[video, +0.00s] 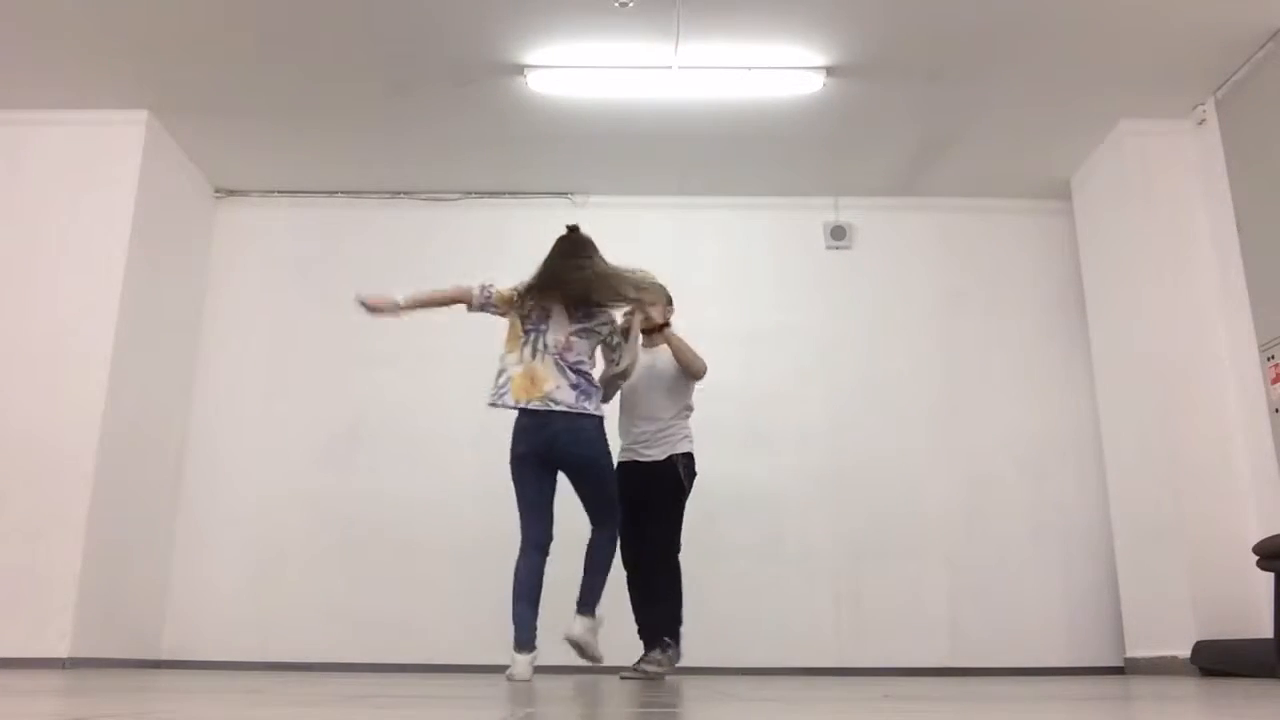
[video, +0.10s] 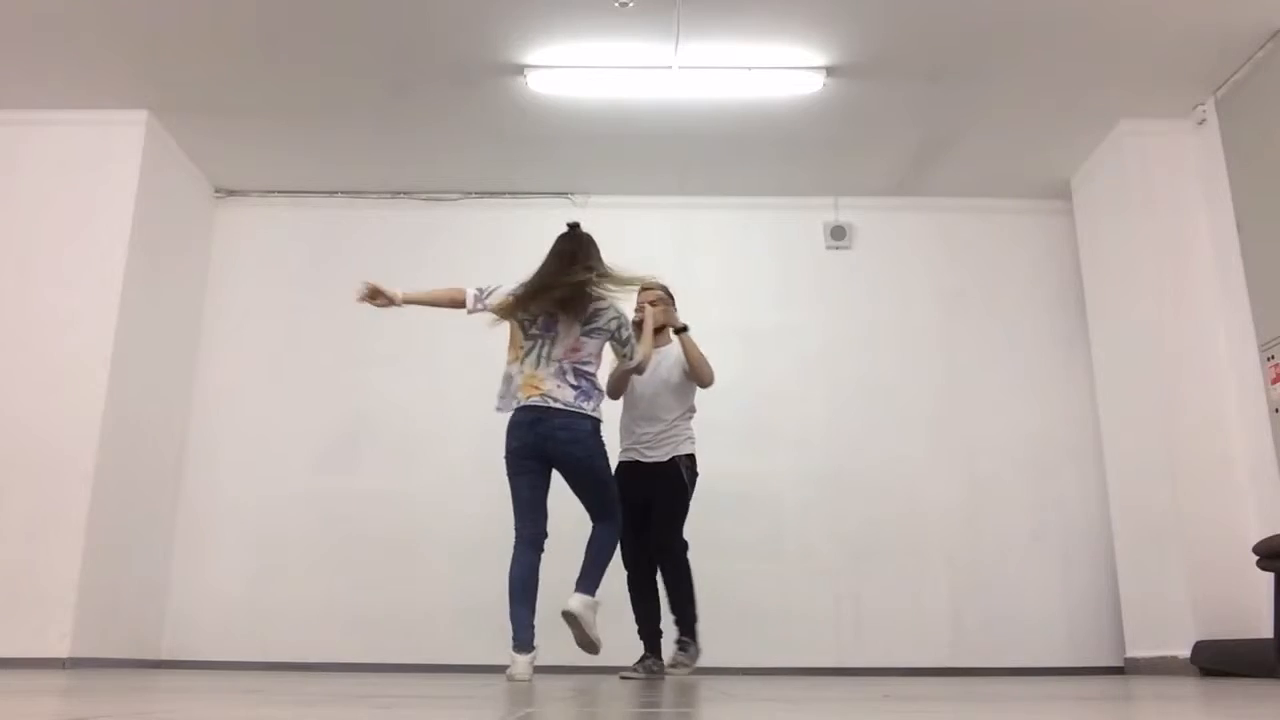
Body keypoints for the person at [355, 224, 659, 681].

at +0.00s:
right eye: (592, 275)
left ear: (551, 268)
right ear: (594, 276)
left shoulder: (524, 300)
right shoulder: (603, 316)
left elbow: (463, 295)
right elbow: (617, 372)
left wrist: (400, 303)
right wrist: (592, 397)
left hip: (529, 432)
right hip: (581, 433)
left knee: (533, 540)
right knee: (605, 523)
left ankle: (523, 653)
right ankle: (585, 619)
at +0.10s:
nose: (597, 273)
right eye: (595, 267)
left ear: (551, 261)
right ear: (594, 267)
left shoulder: (523, 297)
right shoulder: (603, 311)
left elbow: (465, 297)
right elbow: (633, 359)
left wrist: (400, 298)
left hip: (523, 425)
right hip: (573, 427)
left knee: (528, 538)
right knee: (607, 518)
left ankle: (522, 653)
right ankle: (584, 598)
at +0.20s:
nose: (599, 270)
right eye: (598, 263)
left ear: (553, 260)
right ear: (595, 265)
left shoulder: (531, 301)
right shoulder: (609, 305)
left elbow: (477, 316)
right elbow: (655, 351)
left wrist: (423, 311)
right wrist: (659, 317)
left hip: (522, 422)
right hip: (574, 426)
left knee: (524, 535)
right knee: (599, 532)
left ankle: (520, 653)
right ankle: (589, 612)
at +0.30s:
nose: (604, 269)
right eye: (603, 262)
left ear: (559, 262)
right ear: (600, 264)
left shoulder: (543, 301)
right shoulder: (619, 304)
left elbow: (505, 358)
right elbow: (662, 347)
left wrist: (477, 338)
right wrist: (658, 319)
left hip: (529, 420)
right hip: (580, 427)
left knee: (526, 536)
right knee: (590, 545)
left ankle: (520, 653)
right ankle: (587, 644)